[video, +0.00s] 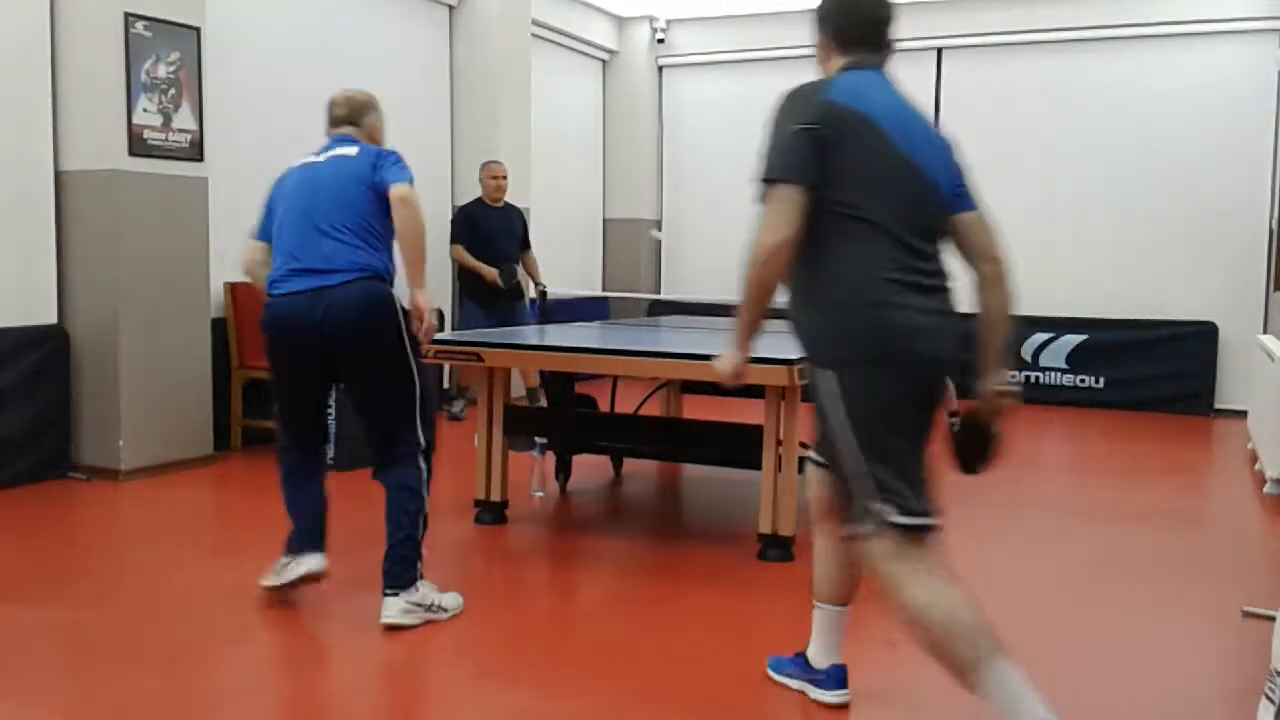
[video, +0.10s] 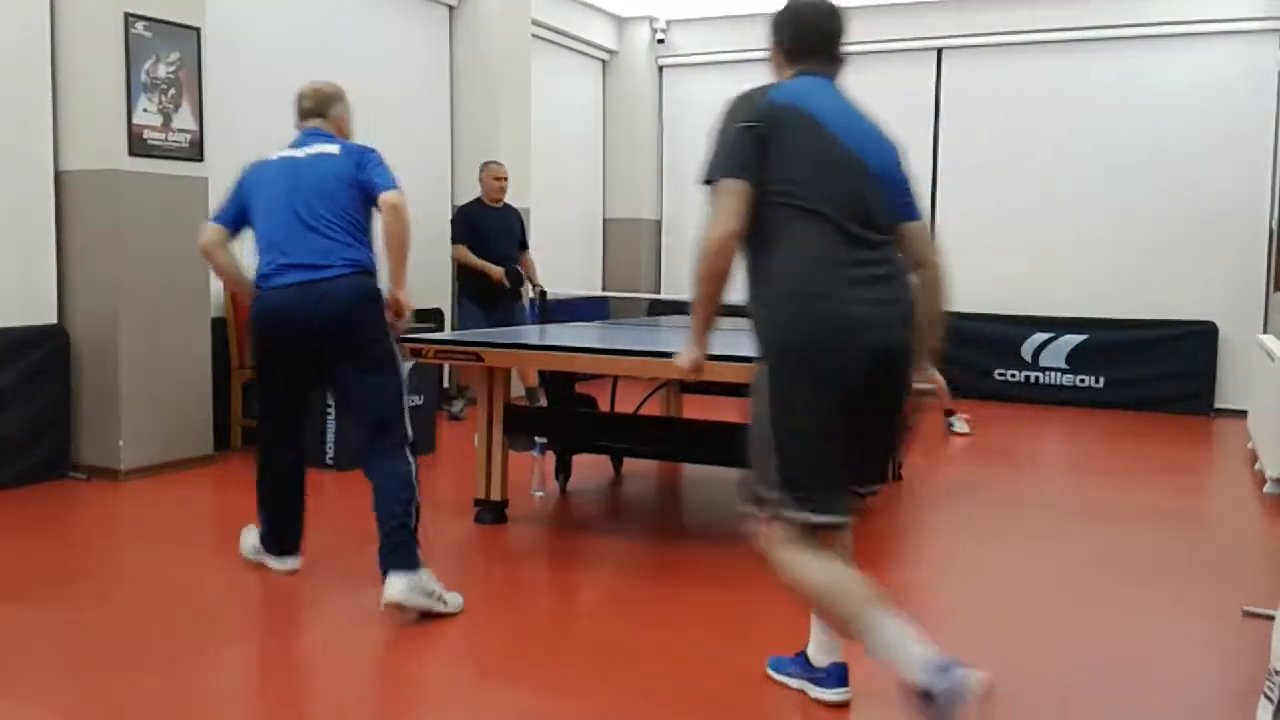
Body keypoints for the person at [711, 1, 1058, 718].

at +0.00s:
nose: (814, 50)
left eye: (816, 38)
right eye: (825, 37)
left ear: (823, 43)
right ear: (886, 46)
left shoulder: (810, 106)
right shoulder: (923, 129)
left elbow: (778, 239)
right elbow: (989, 260)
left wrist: (739, 345)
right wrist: (993, 377)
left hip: (855, 348)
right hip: (925, 344)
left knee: (892, 551)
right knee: (831, 493)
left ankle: (1028, 707)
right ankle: (822, 662)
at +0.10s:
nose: (773, 57)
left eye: (773, 46)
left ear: (777, 51)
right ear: (839, 55)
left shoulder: (757, 110)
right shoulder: (872, 133)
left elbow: (726, 231)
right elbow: (925, 259)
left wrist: (695, 340)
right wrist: (924, 361)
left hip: (804, 345)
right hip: (883, 343)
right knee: (833, 506)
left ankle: (932, 672)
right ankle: (823, 661)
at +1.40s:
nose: (233, 19)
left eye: (225, 15)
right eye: (233, 13)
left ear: (158, 11)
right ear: (224, 15)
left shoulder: (107, 80)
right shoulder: (235, 86)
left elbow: (57, 208)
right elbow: (263, 223)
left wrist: (32, 305)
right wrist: (289, 326)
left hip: (85, 308)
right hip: (164, 312)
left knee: (108, 486)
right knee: (155, 490)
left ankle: (122, 656)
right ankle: (45, 690)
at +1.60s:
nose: (195, 9)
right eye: (193, 3)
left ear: (116, 2)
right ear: (182, 5)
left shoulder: (75, 66)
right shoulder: (187, 75)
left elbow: (42, 202)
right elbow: (227, 224)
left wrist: (40, 286)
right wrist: (269, 309)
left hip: (59, 296)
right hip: (113, 308)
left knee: (105, 493)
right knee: (67, 504)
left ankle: (122, 657)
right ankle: (26, 703)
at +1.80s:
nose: (167, 7)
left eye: (163, 2)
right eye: (167, 2)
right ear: (157, 1)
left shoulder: (44, 58)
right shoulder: (147, 70)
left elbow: (28, 186)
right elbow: (172, 221)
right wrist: (229, 310)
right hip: (81, 312)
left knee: (124, 475)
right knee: (46, 510)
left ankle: (121, 649)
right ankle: (23, 704)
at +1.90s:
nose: (163, 2)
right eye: (160, 0)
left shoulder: (38, 54)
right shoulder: (137, 64)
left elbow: (21, 190)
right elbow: (153, 218)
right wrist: (204, 318)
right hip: (78, 314)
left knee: (130, 471)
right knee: (48, 514)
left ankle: (122, 645)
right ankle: (22, 704)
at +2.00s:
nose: (160, 2)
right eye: (157, 0)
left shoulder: (34, 57)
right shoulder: (137, 66)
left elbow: (22, 196)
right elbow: (149, 218)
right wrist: (192, 328)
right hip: (78, 313)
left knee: (141, 469)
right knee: (49, 518)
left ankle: (128, 644)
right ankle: (22, 704)